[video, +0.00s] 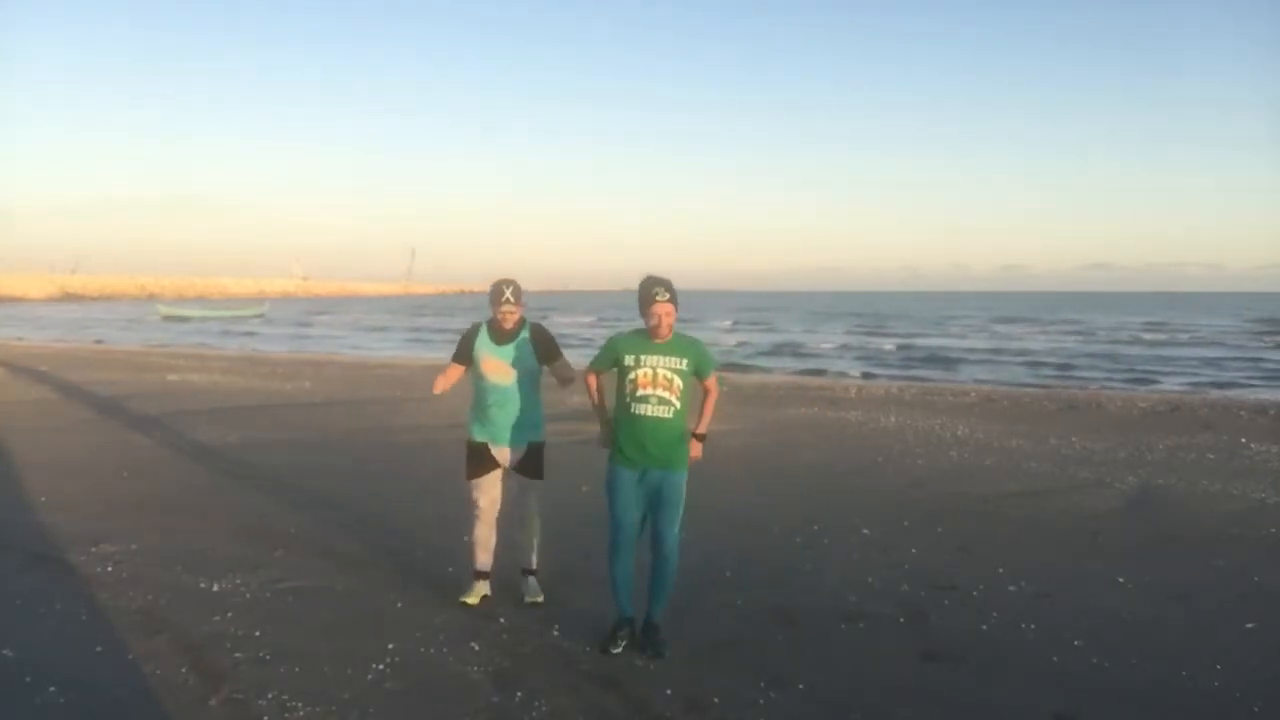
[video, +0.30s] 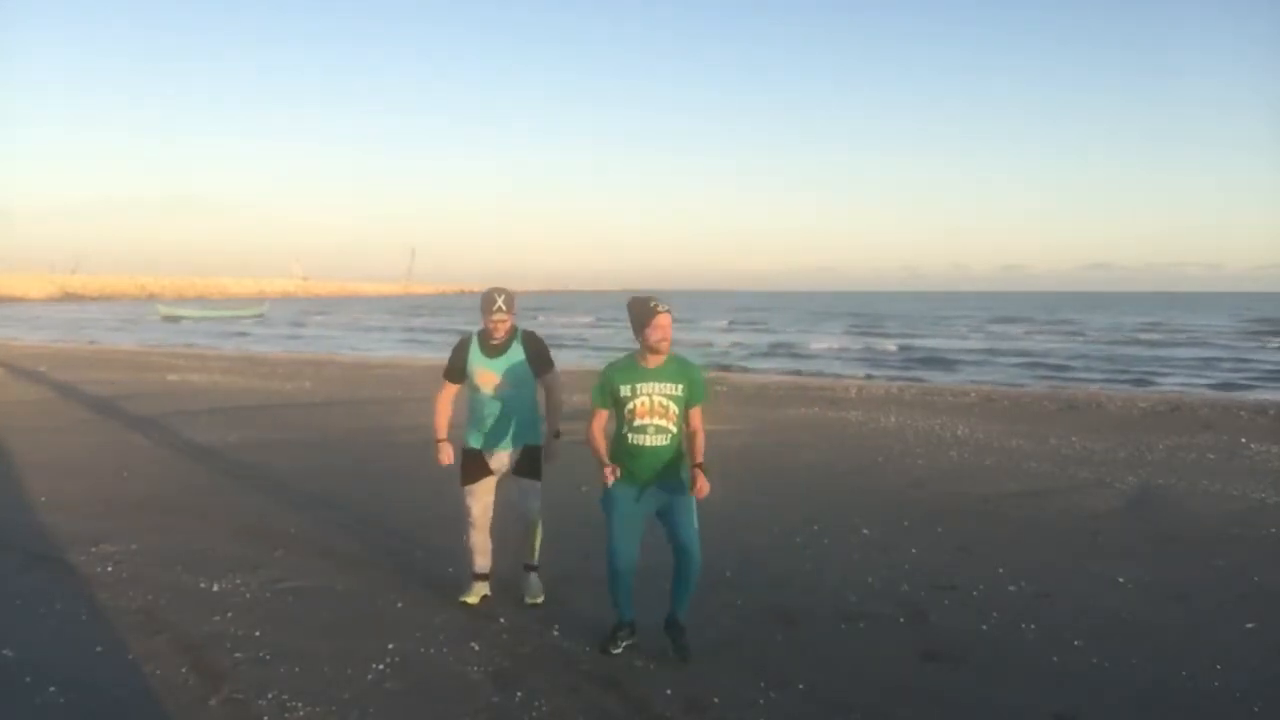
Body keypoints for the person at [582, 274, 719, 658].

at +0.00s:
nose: (661, 319)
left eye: (666, 311)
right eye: (654, 312)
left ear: (675, 312)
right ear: (643, 312)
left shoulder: (694, 351)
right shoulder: (621, 345)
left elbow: (712, 388)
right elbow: (592, 376)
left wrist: (699, 433)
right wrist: (604, 423)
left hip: (672, 462)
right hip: (627, 459)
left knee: (667, 544)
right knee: (622, 541)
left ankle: (653, 623)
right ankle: (623, 620)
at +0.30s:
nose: (666, 335)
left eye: (668, 328)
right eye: (658, 329)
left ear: (672, 330)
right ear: (639, 332)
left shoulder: (688, 374)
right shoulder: (614, 374)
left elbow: (695, 428)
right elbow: (596, 427)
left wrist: (697, 467)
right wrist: (605, 462)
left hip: (674, 481)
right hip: (627, 482)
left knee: (690, 553)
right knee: (620, 558)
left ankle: (676, 622)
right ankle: (623, 624)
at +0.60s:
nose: (693, 329)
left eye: (695, 321)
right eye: (684, 323)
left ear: (698, 325)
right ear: (666, 330)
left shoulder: (720, 366)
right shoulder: (643, 374)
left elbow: (752, 418)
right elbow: (617, 432)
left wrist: (734, 419)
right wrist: (656, 426)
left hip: (710, 491)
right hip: (658, 491)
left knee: (738, 572)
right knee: (633, 563)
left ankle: (765, 660)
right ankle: (625, 624)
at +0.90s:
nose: (725, 321)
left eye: (731, 313)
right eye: (717, 315)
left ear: (745, 319)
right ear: (708, 325)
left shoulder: (777, 367)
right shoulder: (700, 379)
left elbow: (815, 420)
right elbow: (688, 442)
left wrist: (798, 464)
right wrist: (702, 473)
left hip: (774, 492)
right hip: (723, 496)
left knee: (787, 586)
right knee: (710, 581)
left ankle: (779, 675)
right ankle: (688, 637)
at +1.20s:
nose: (740, 313)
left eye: (748, 305)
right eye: (733, 305)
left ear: (762, 311)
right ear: (723, 313)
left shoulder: (790, 350)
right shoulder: (710, 368)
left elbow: (851, 378)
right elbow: (680, 426)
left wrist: (817, 410)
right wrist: (714, 428)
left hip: (797, 485)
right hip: (747, 488)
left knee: (797, 582)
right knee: (745, 583)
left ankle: (783, 675)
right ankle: (749, 680)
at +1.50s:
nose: (754, 326)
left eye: (761, 319)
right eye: (746, 319)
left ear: (773, 327)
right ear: (735, 328)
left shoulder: (793, 376)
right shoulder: (716, 378)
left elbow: (817, 452)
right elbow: (704, 448)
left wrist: (808, 423)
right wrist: (726, 429)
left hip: (795, 501)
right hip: (742, 501)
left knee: (801, 593)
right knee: (729, 590)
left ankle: (782, 675)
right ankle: (724, 667)